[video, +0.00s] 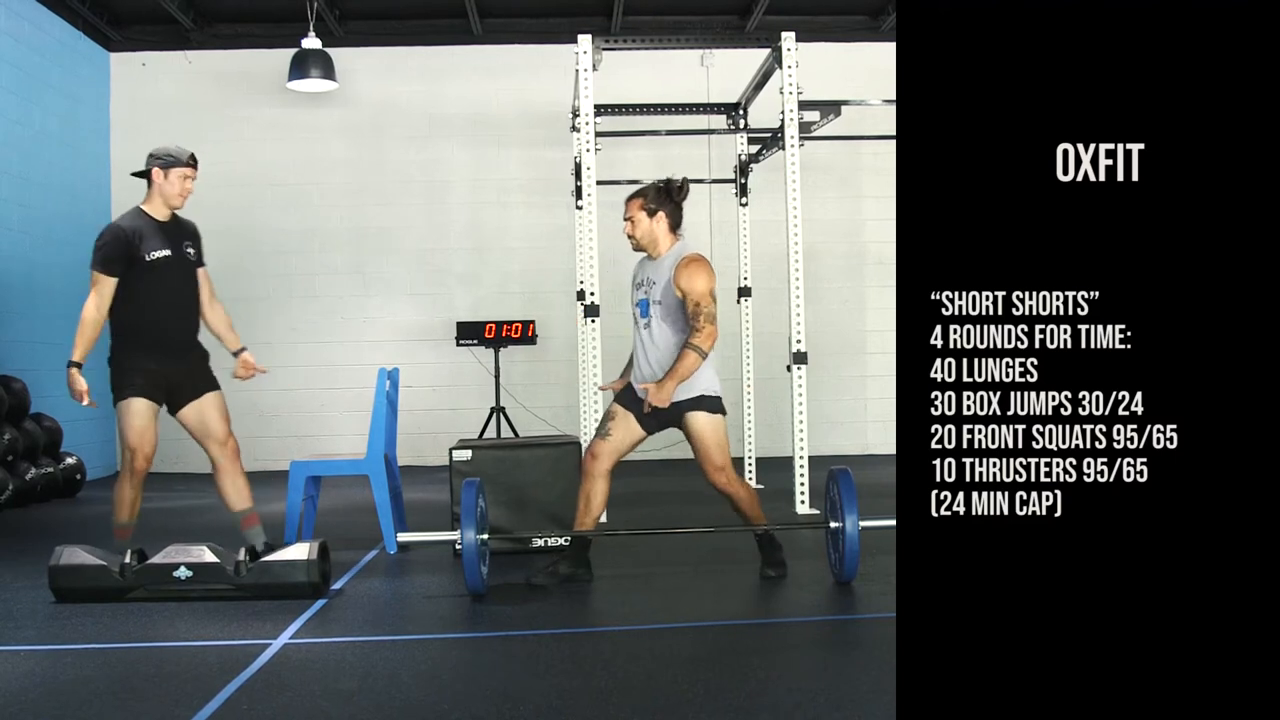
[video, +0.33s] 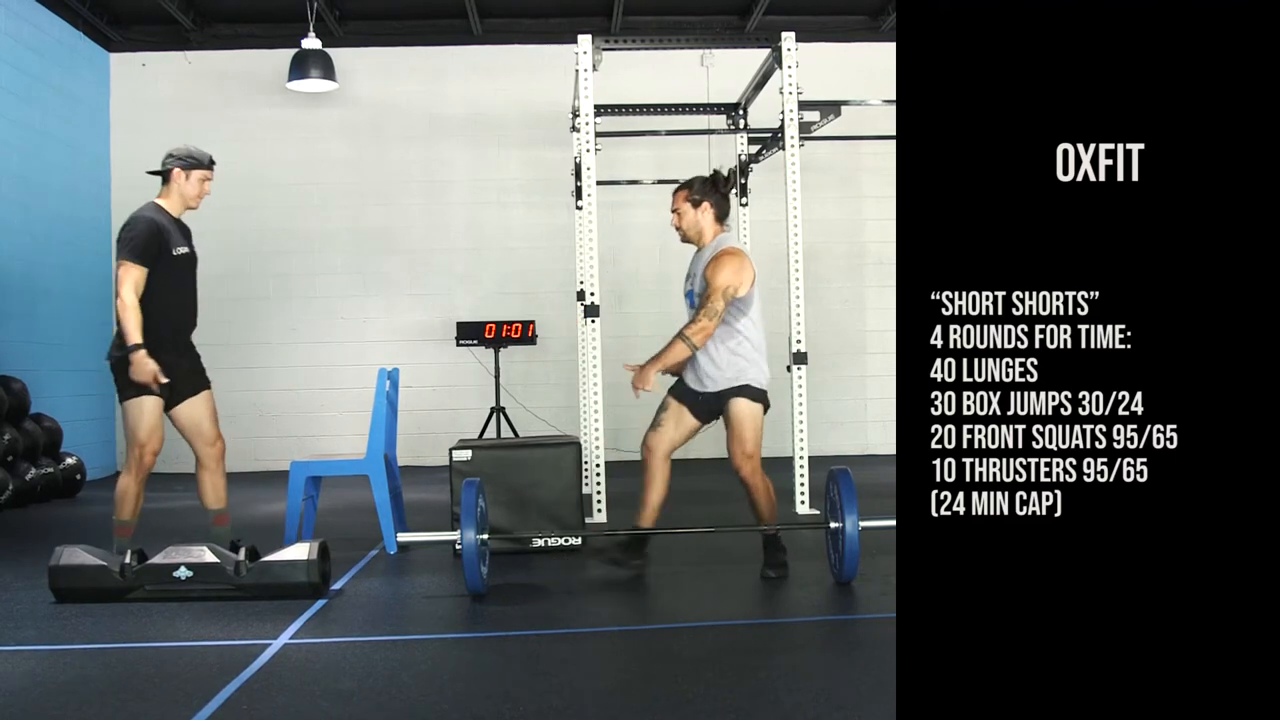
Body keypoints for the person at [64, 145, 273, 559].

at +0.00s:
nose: (189, 189)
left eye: (192, 181)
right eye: (183, 179)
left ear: (188, 184)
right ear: (157, 176)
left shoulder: (187, 233)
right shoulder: (121, 234)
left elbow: (207, 302)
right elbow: (98, 303)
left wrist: (238, 350)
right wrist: (75, 364)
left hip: (186, 359)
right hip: (136, 362)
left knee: (225, 445)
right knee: (139, 460)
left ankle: (259, 547)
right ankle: (124, 555)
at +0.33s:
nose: (207, 190)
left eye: (209, 182)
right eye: (203, 181)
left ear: (184, 179)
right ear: (177, 176)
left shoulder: (179, 229)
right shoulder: (144, 225)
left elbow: (170, 296)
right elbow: (126, 293)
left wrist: (179, 347)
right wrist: (137, 352)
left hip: (179, 351)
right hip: (141, 352)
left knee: (212, 447)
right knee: (144, 453)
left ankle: (223, 547)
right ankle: (122, 554)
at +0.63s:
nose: (242, 198)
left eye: (244, 191)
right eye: (238, 189)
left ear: (222, 187)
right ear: (213, 184)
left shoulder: (210, 234)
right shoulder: (179, 228)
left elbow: (188, 296)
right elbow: (149, 294)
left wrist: (193, 347)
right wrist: (190, 344)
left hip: (192, 358)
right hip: (157, 358)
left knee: (228, 445)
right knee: (145, 458)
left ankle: (224, 549)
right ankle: (59, 528)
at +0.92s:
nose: (259, 272)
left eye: (261, 264)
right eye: (255, 262)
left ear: (236, 259)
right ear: (231, 256)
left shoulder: (213, 300)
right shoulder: (201, 296)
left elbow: (191, 369)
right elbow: (188, 369)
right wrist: (248, 385)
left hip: (184, 415)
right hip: (150, 418)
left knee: (261, 451)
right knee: (127, 523)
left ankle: (231, 551)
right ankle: (16, 541)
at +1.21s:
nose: (260, 319)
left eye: (261, 312)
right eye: (257, 310)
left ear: (228, 308)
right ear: (232, 306)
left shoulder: (195, 338)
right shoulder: (207, 344)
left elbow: (149, 392)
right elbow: (213, 421)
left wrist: (126, 441)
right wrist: (266, 409)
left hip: (183, 453)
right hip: (150, 462)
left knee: (266, 455)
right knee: (126, 568)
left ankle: (233, 548)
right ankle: (16, 541)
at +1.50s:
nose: (262, 261)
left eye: (261, 253)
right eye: (257, 253)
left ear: (234, 255)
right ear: (233, 254)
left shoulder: (219, 298)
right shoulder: (208, 293)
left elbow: (203, 368)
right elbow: (210, 368)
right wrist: (268, 368)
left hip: (188, 414)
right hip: (155, 415)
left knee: (264, 453)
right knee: (115, 514)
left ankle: (234, 550)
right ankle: (11, 541)